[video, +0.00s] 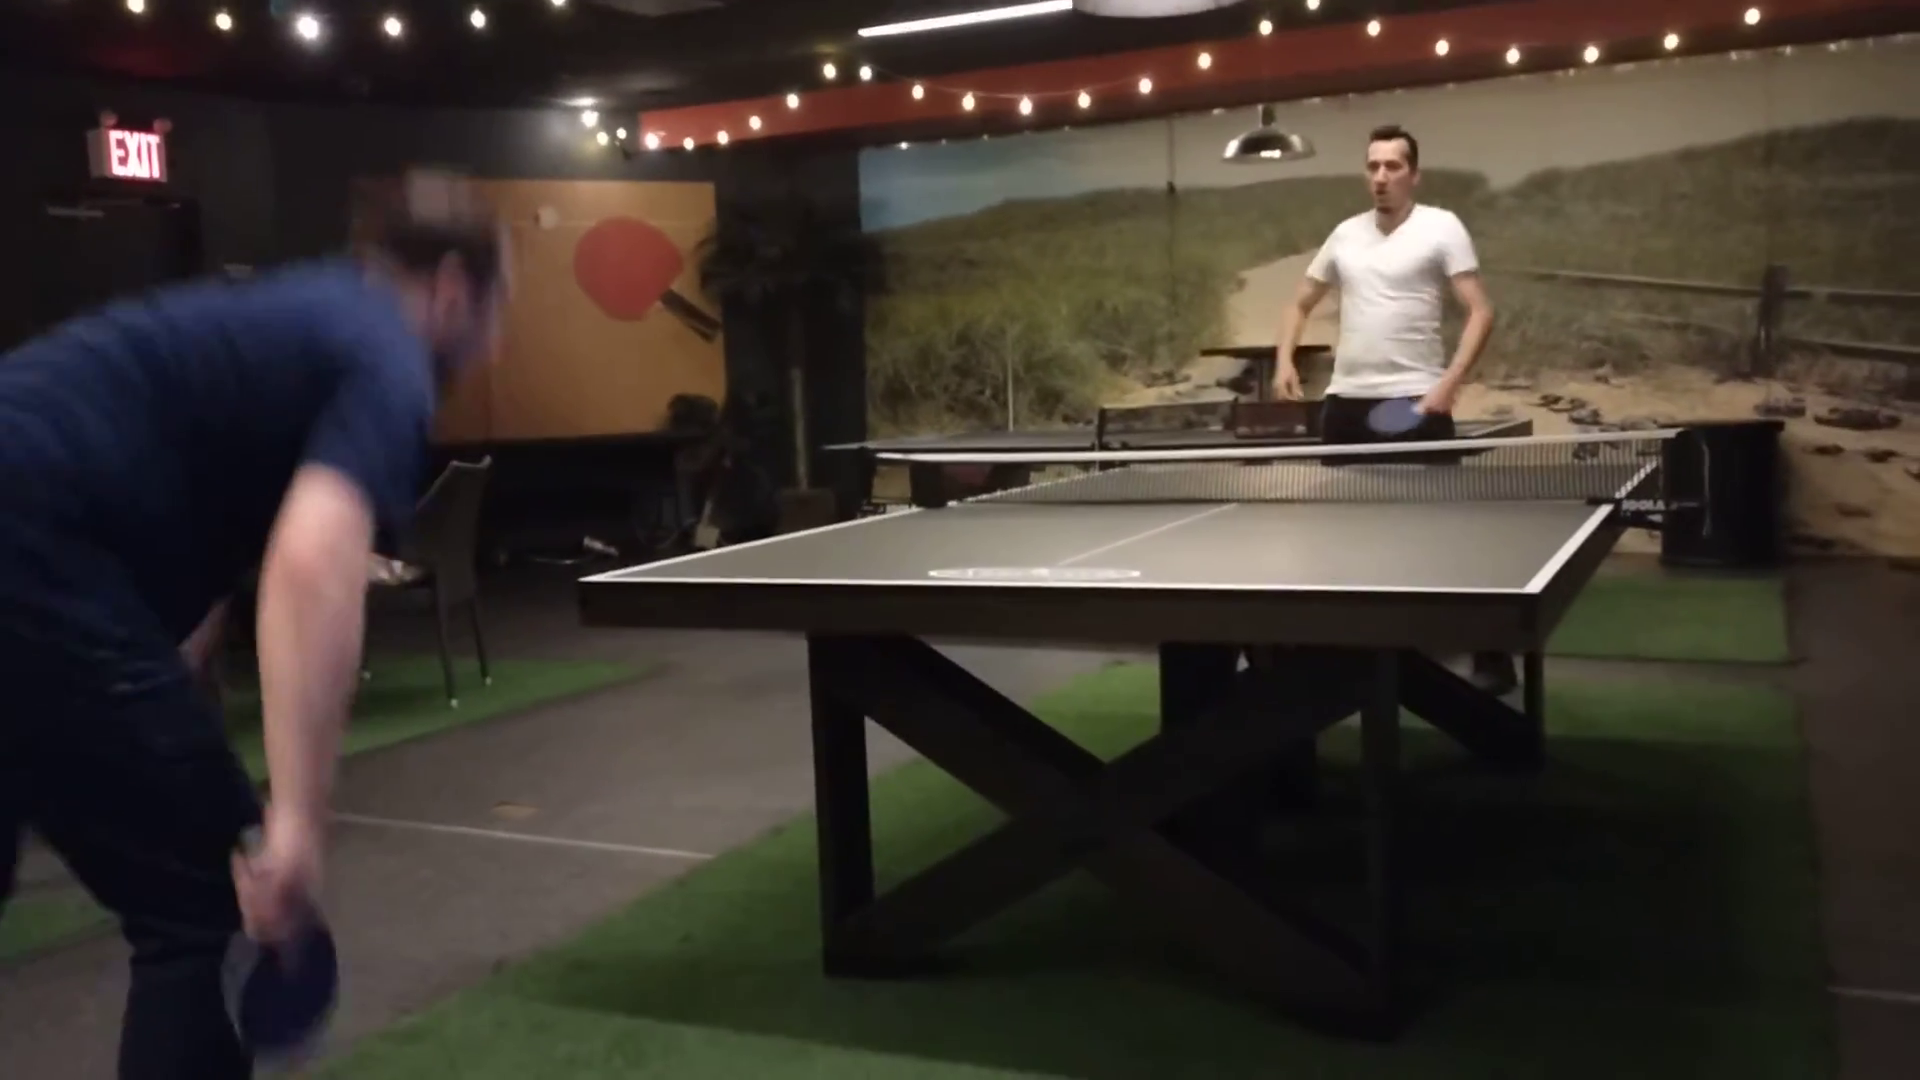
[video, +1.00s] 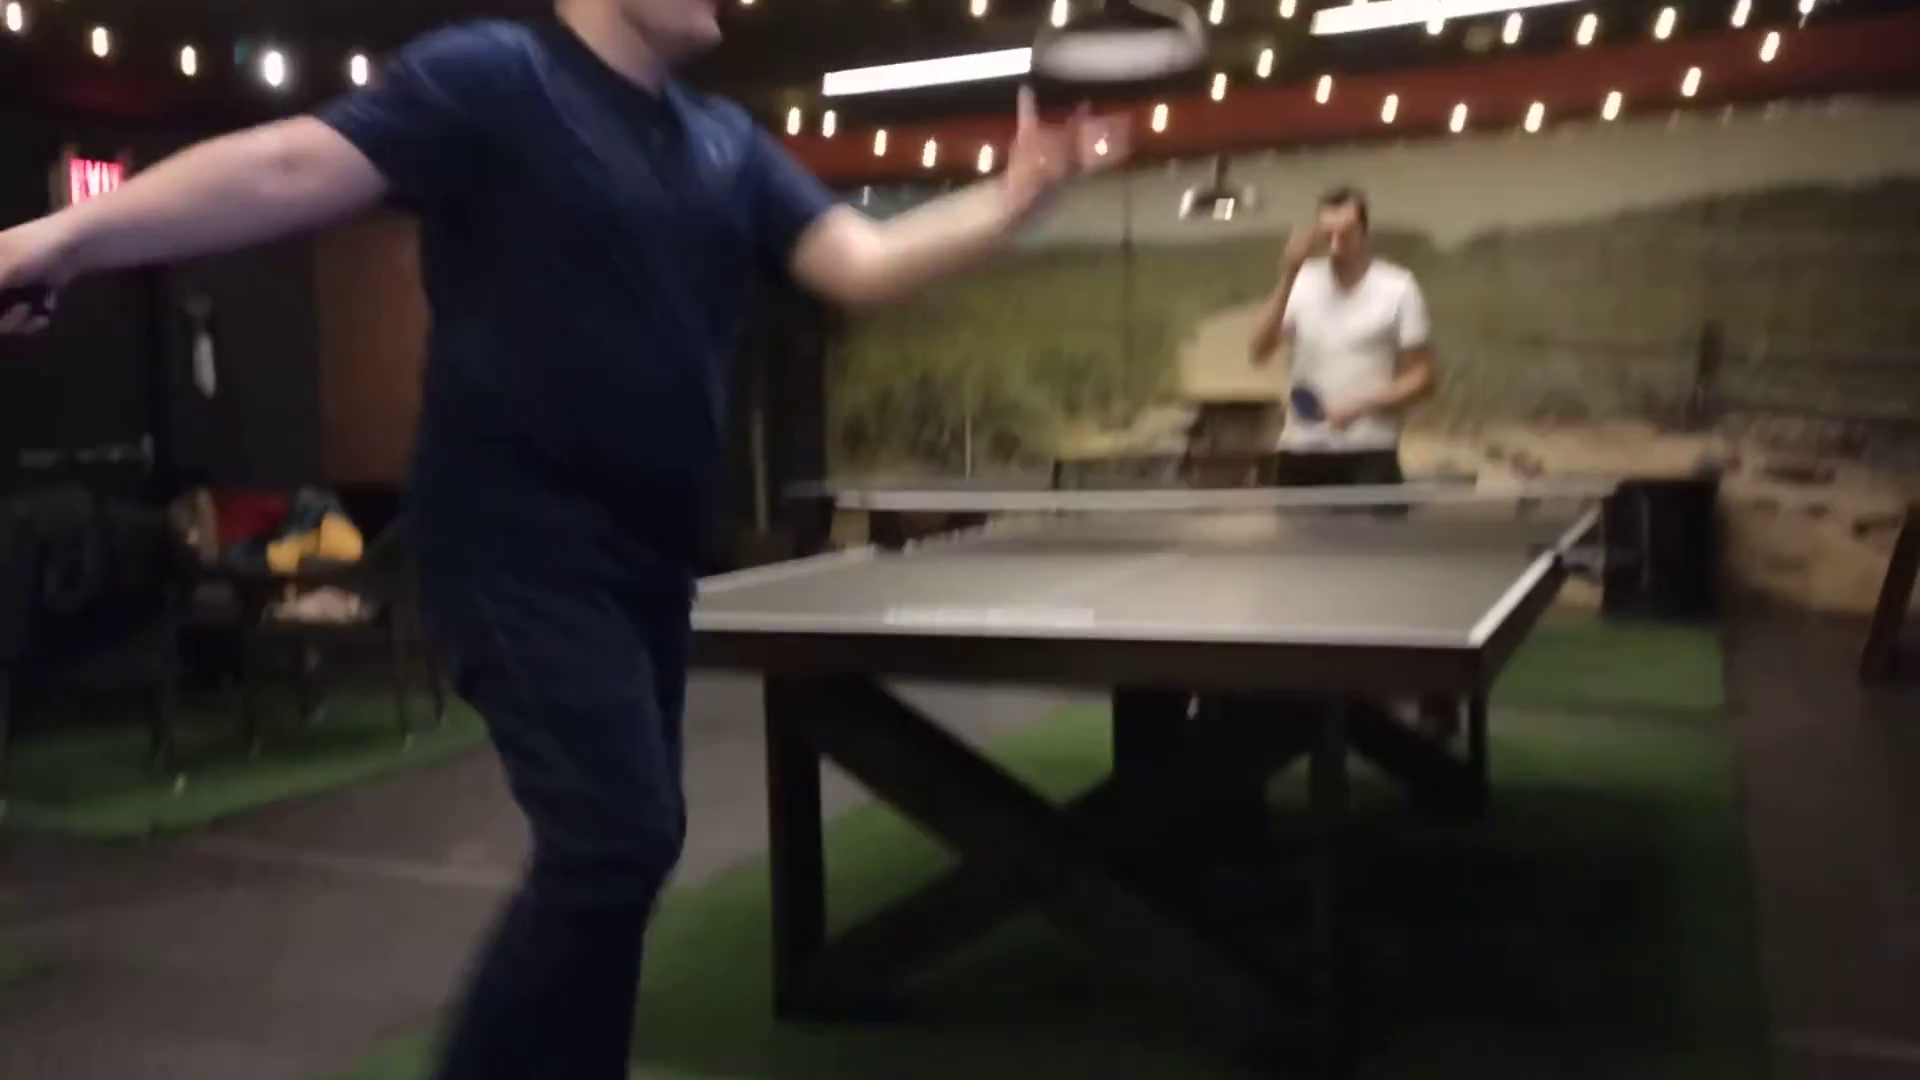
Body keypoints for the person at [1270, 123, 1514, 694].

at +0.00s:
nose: (1381, 175)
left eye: (1392, 166)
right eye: (1373, 166)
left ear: (1414, 174)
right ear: (1364, 174)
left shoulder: (1441, 228)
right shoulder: (1345, 235)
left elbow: (1480, 312)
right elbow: (1299, 305)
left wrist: (1448, 383)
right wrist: (1283, 362)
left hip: (1417, 404)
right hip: (1346, 404)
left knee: (1444, 528)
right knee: (1341, 529)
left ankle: (1487, 657)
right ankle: (1341, 661)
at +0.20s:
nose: (1372, 165)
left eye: (1383, 155)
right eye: (1364, 156)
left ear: (1405, 163)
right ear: (1354, 164)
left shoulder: (1433, 219)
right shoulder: (1337, 224)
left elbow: (1466, 303)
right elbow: (1290, 309)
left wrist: (1408, 351)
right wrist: (1302, 276)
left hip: (1411, 394)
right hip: (1343, 394)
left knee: (1437, 512)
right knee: (1340, 514)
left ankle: (1479, 644)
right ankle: (1343, 647)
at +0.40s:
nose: (1358, 169)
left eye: (1369, 159)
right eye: (1351, 160)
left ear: (1394, 158)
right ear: (1343, 162)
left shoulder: (1428, 213)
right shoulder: (1333, 212)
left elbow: (1453, 301)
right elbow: (1286, 281)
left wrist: (1387, 317)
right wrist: (1317, 207)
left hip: (1404, 385)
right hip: (1336, 384)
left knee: (1430, 503)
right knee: (1334, 505)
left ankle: (1470, 634)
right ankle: (1336, 639)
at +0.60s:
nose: (1357, 166)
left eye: (1367, 156)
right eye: (1350, 157)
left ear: (1391, 157)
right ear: (1341, 159)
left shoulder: (1424, 210)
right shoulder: (1328, 208)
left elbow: (1449, 297)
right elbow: (1284, 271)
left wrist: (1378, 316)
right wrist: (1320, 194)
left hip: (1398, 379)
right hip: (1329, 379)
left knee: (1423, 499)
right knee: (1328, 501)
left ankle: (1462, 627)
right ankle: (1330, 632)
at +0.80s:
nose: (1354, 163)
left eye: (1363, 154)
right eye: (1349, 153)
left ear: (1381, 154)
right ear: (1338, 151)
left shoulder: (1418, 203)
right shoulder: (1326, 200)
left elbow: (1443, 290)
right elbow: (1283, 267)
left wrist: (1380, 326)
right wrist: (1317, 185)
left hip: (1390, 381)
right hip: (1322, 381)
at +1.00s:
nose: (1335, 246)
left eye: (1345, 235)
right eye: (1327, 235)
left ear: (1364, 233)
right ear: (1317, 235)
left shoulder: (1397, 287)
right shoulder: (1304, 278)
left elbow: (1421, 373)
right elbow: (1260, 350)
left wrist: (1358, 406)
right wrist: (1289, 272)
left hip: (1368, 454)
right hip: (1303, 453)